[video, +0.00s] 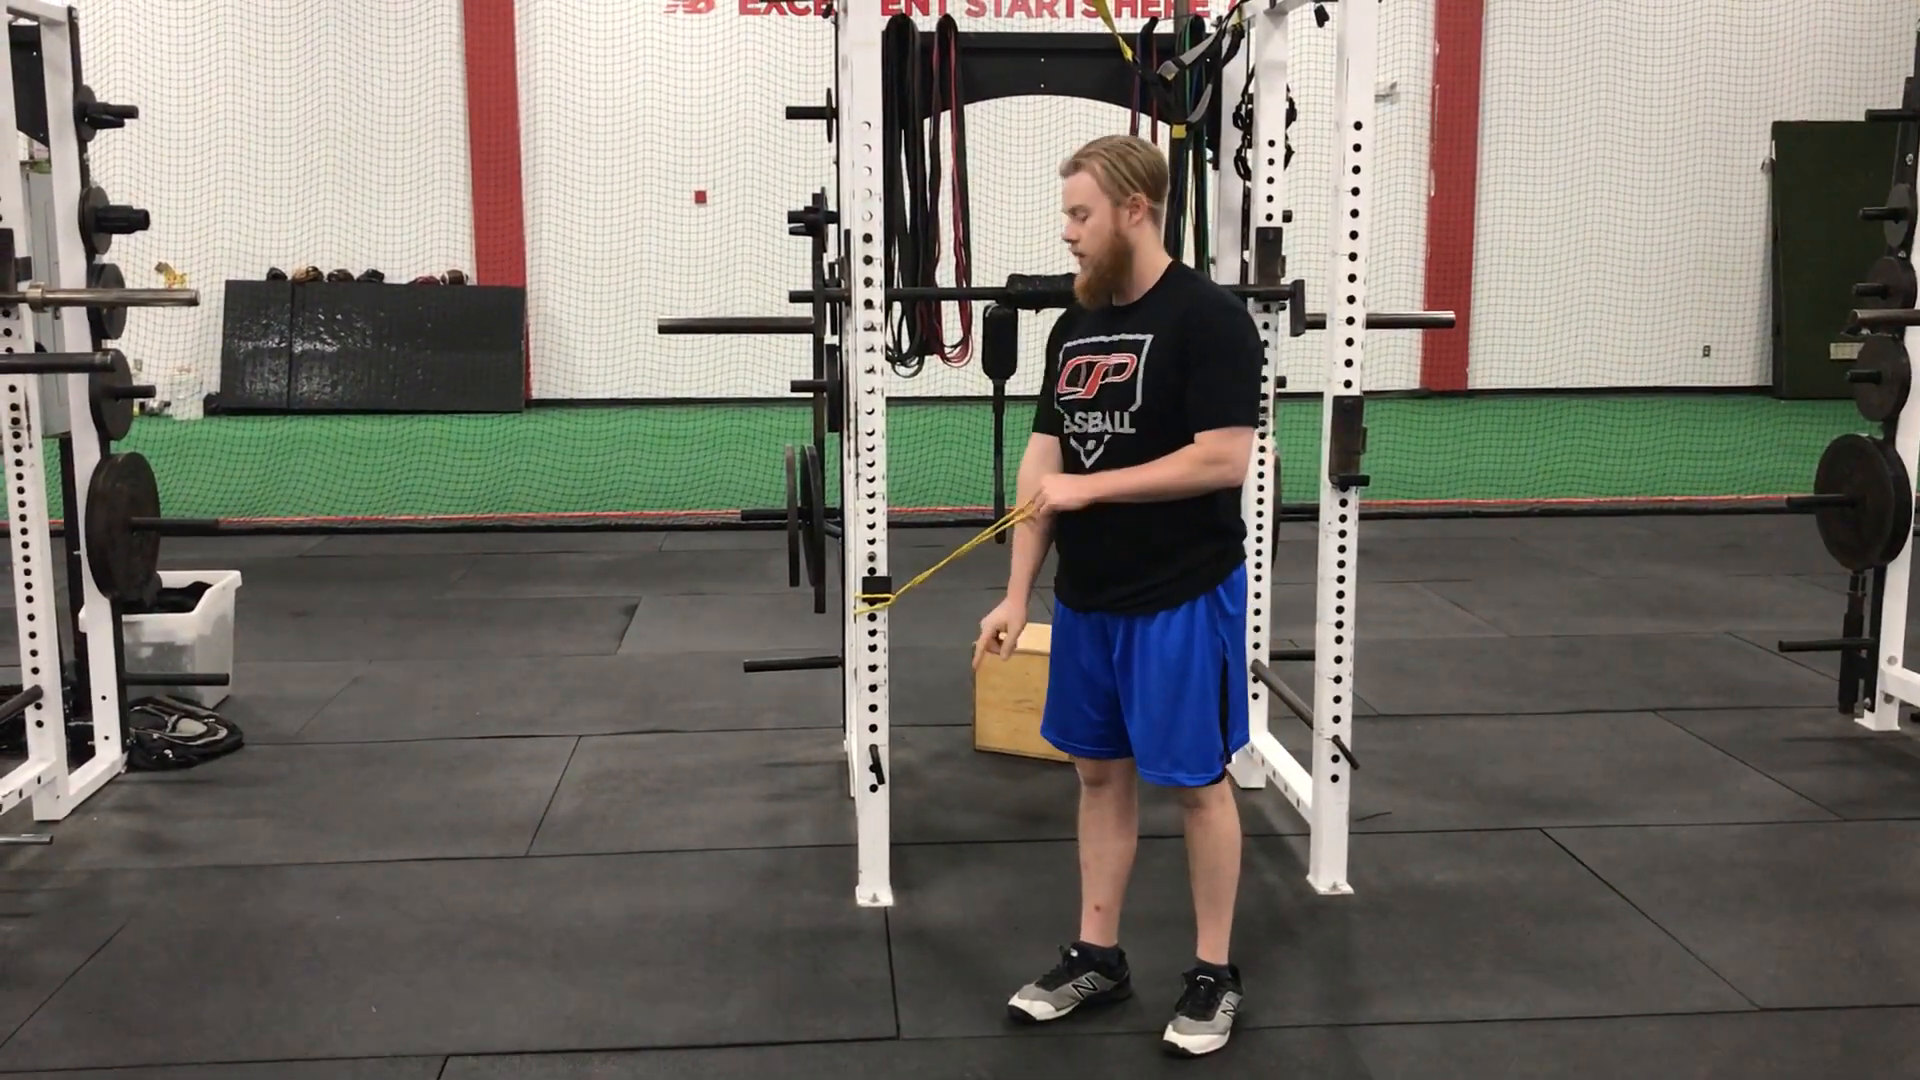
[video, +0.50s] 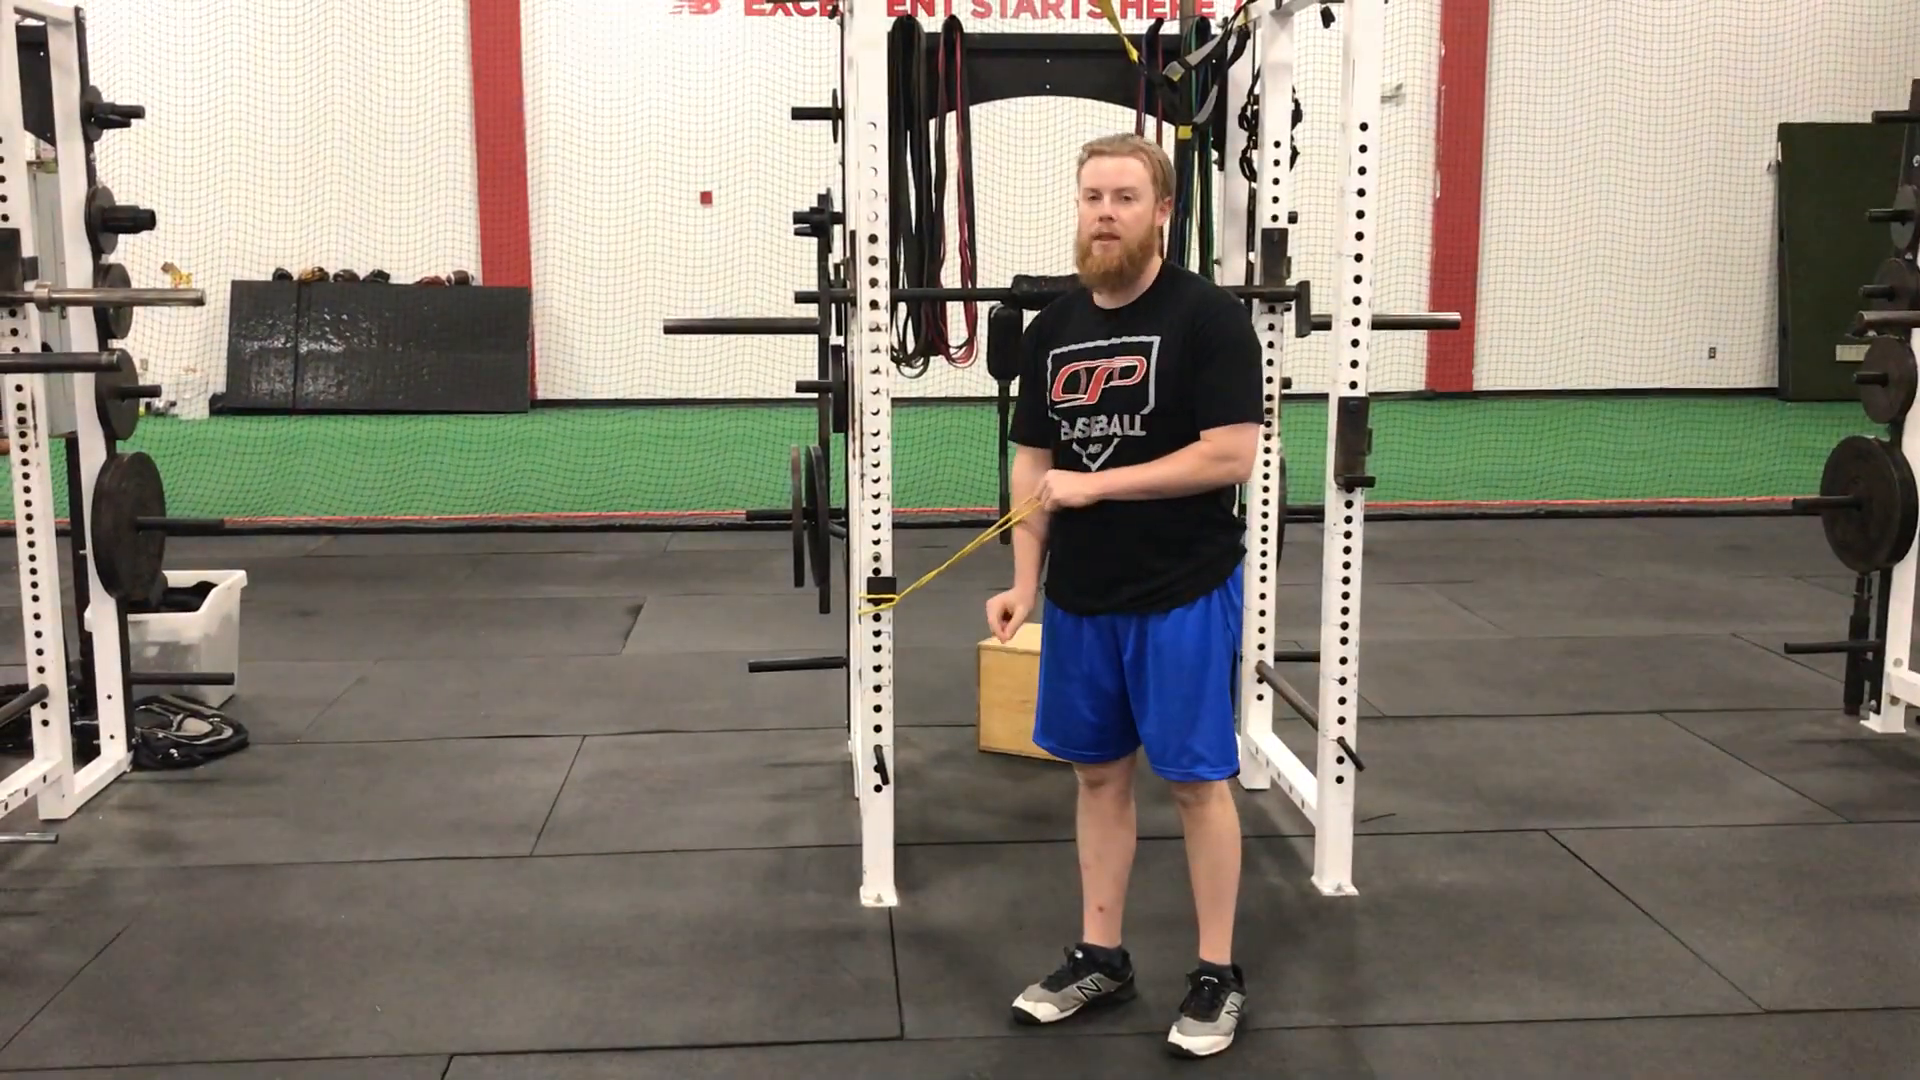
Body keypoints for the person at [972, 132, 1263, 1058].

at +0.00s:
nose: (1066, 233)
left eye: (1079, 215)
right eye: (1064, 215)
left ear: (1136, 213)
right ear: (1115, 216)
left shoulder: (1210, 318)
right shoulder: (1078, 328)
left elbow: (1228, 459)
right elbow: (1045, 460)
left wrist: (1088, 486)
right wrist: (1018, 591)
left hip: (1185, 598)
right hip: (1089, 597)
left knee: (1198, 781)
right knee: (1099, 772)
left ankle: (1211, 974)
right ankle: (1097, 957)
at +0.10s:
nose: (1070, 227)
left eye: (1086, 208)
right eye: (1066, 210)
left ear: (1142, 209)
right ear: (1099, 214)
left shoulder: (1209, 316)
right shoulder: (1069, 327)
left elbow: (1227, 457)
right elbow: (1038, 460)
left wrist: (1091, 484)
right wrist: (1017, 596)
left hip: (1185, 596)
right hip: (1088, 596)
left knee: (1197, 779)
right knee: (1100, 772)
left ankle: (1213, 973)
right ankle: (1097, 957)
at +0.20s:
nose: (1077, 220)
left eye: (1096, 203)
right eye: (1072, 204)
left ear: (1150, 209)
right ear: (1073, 213)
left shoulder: (1209, 315)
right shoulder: (1063, 325)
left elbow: (1231, 454)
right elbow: (1039, 459)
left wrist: (1093, 485)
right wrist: (1025, 586)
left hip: (1185, 595)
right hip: (1086, 594)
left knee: (1198, 778)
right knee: (1100, 772)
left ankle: (1213, 972)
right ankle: (1098, 957)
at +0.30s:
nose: (1086, 216)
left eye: (1107, 199)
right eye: (1078, 200)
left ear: (1155, 210)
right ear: (1072, 212)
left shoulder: (1209, 315)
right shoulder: (1057, 326)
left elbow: (1234, 453)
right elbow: (1036, 457)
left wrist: (1098, 484)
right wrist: (1026, 585)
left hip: (1185, 594)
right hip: (1082, 595)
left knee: (1198, 778)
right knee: (1099, 771)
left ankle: (1214, 973)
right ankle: (1099, 958)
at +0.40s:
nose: (1099, 215)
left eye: (1119, 198)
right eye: (1087, 199)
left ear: (1160, 210)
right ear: (1073, 211)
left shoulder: (1210, 316)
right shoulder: (1056, 326)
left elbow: (1232, 453)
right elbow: (1032, 460)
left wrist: (1094, 481)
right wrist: (1024, 593)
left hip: (1185, 595)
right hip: (1080, 596)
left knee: (1198, 779)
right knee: (1098, 772)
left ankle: (1214, 973)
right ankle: (1099, 958)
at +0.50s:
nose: (1103, 212)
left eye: (1123, 197)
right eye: (1091, 196)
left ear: (1162, 212)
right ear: (1075, 210)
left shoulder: (1210, 318)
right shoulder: (1053, 326)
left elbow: (1234, 454)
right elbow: (1031, 458)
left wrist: (1096, 483)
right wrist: (1026, 578)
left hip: (1186, 596)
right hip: (1080, 596)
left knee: (1199, 779)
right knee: (1098, 774)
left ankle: (1215, 974)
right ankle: (1100, 958)